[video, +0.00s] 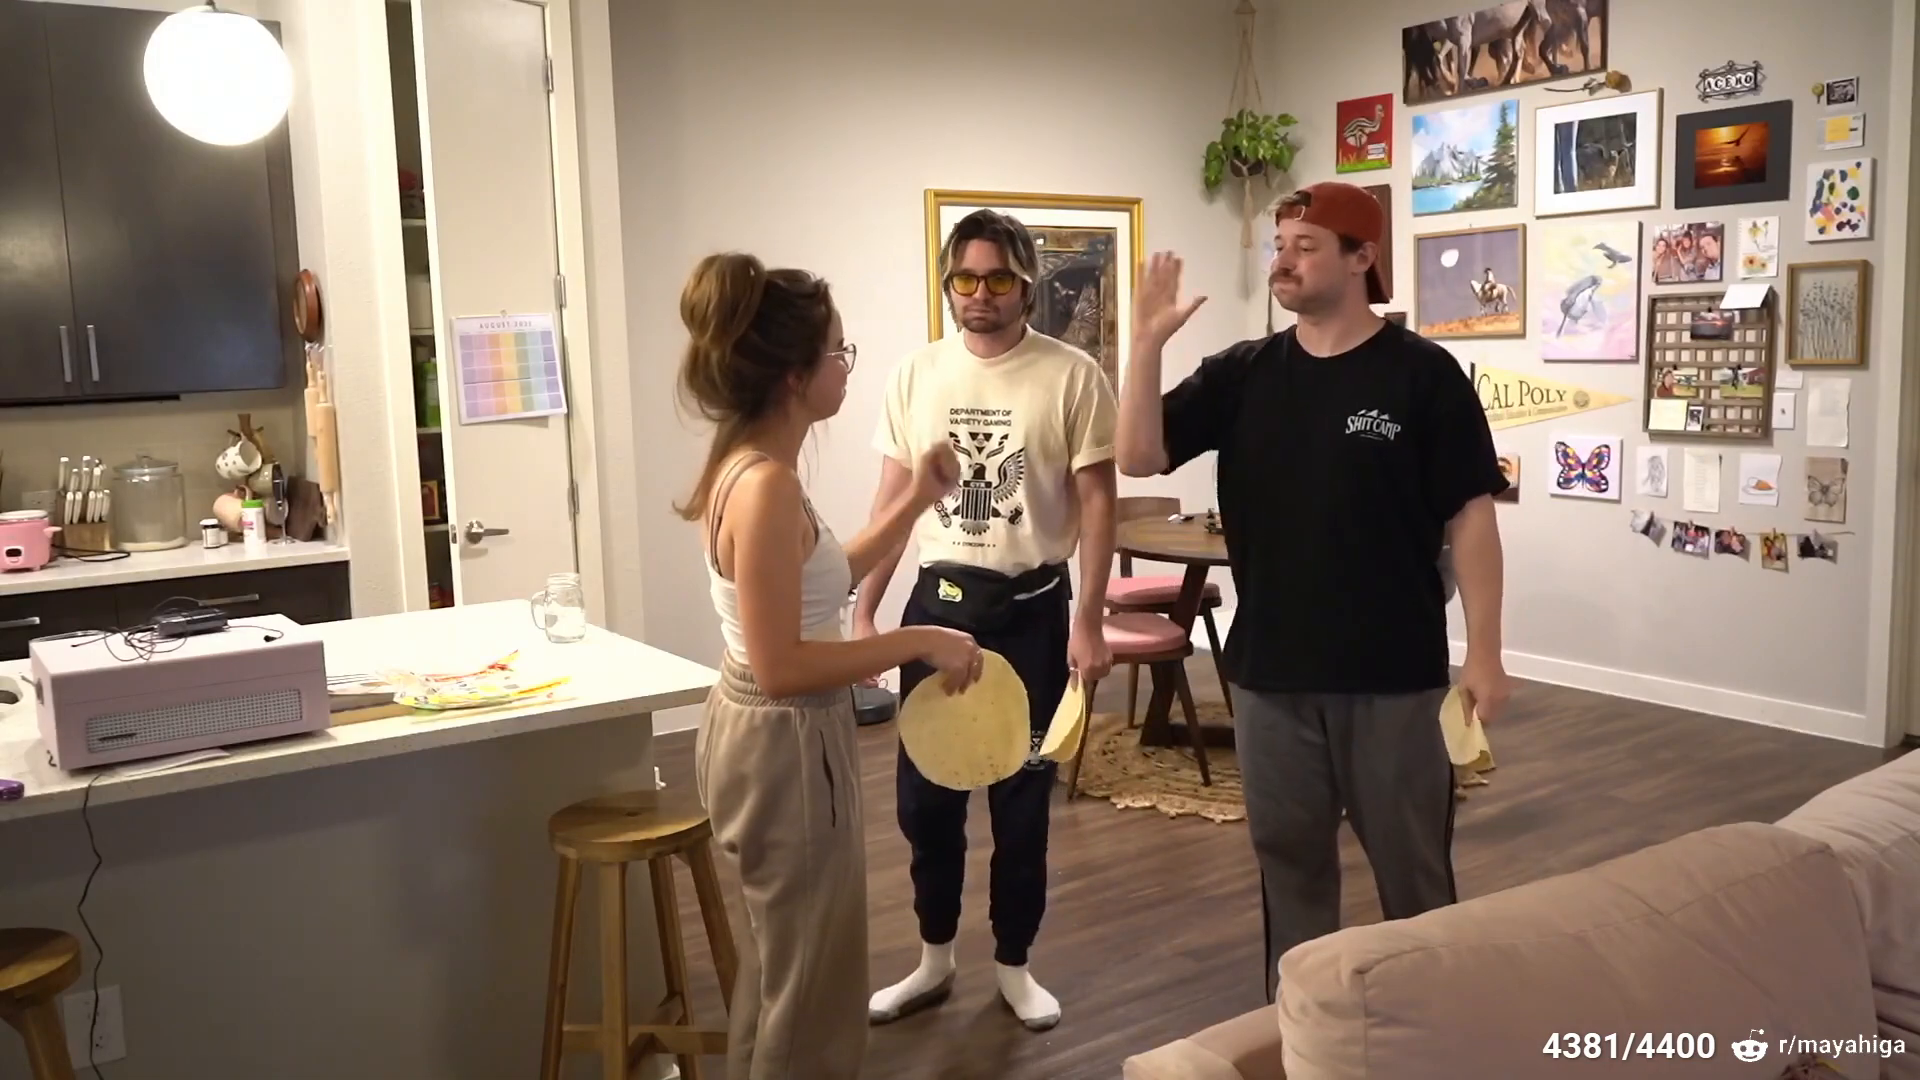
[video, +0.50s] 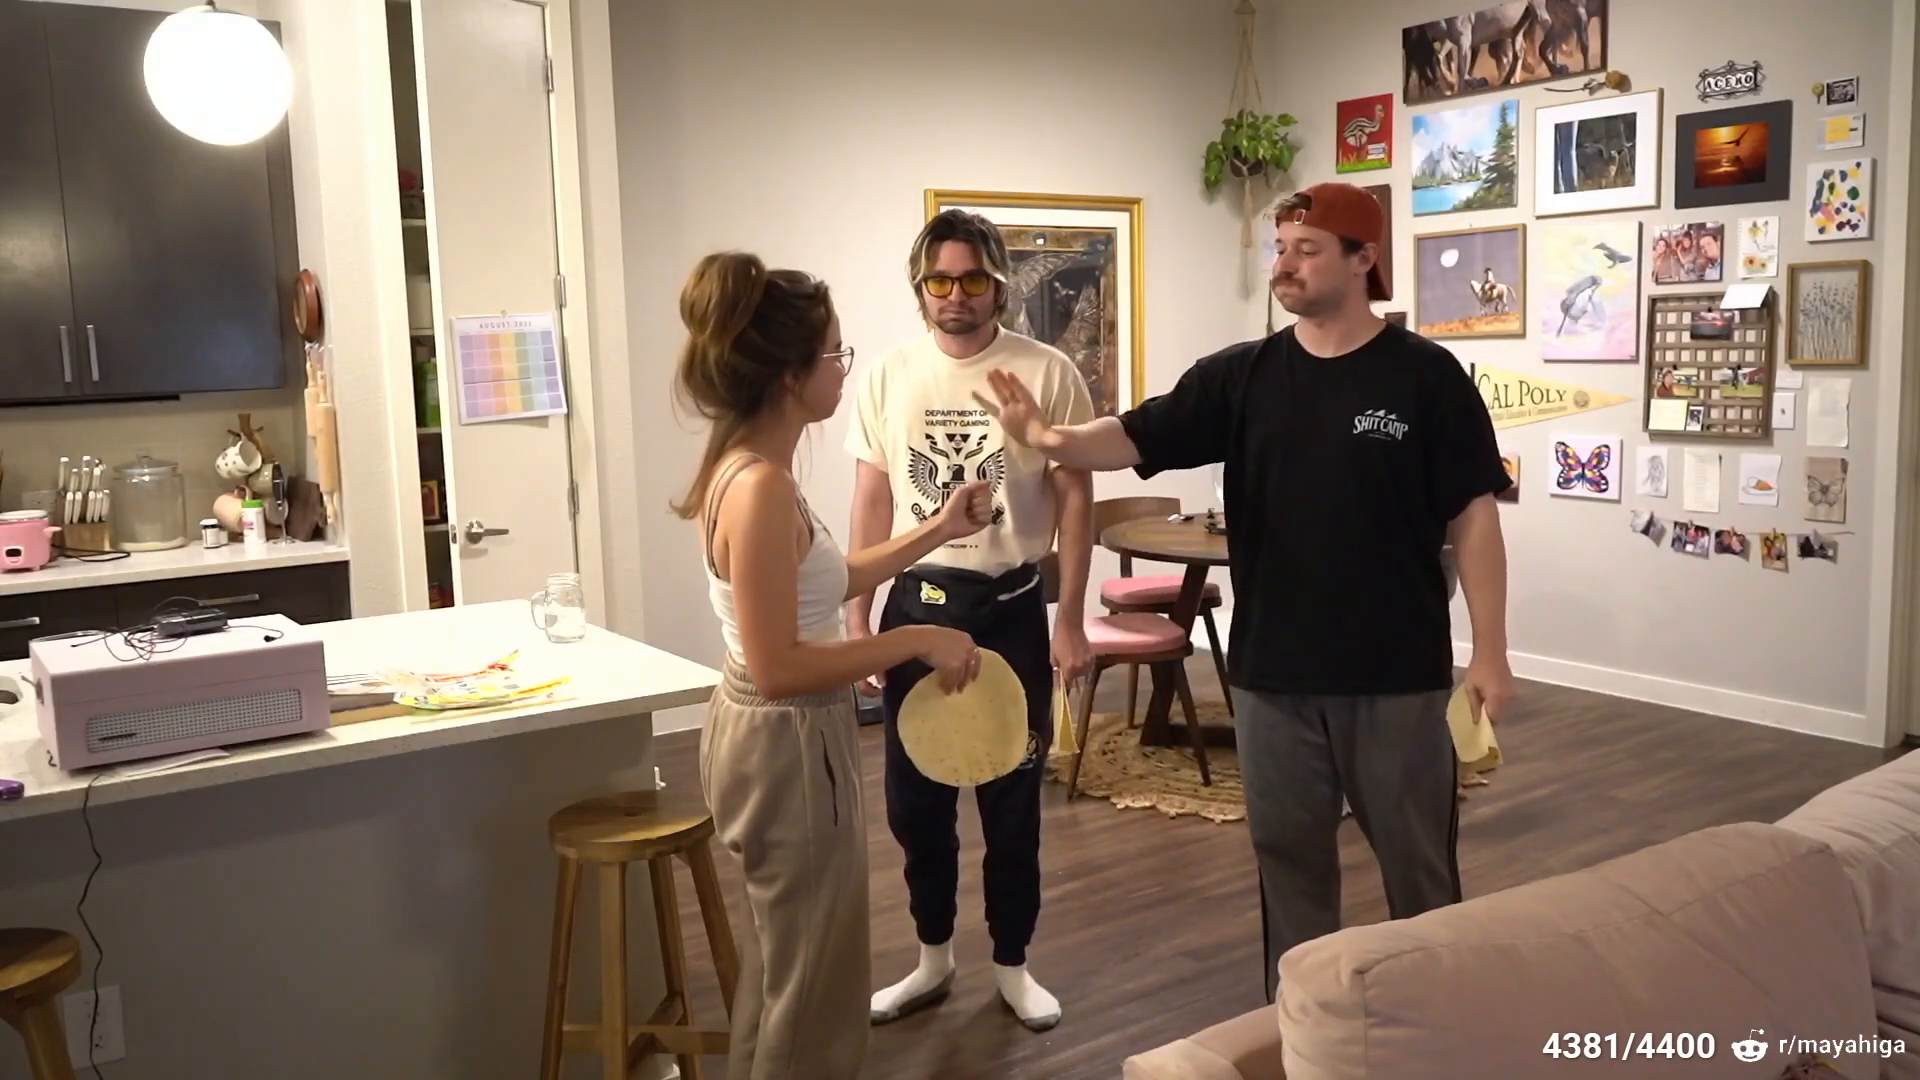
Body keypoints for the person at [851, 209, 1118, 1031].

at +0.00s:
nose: (977, 294)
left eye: (996, 280)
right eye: (964, 279)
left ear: (1027, 285)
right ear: (949, 283)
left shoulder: (1074, 376)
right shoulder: (917, 374)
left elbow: (1097, 502)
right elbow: (893, 506)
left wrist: (1087, 618)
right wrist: (861, 618)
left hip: (1035, 605)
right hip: (936, 603)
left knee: (1023, 796)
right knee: (927, 795)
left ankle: (1014, 967)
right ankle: (936, 957)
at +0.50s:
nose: (955, 296)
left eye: (972, 281)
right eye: (940, 281)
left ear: (999, 285)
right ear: (920, 287)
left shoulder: (1047, 372)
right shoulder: (887, 376)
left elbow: (1076, 498)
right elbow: (872, 502)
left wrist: (1069, 618)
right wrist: (865, 624)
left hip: (1015, 605)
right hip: (915, 607)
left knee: (1012, 796)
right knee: (917, 799)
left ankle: (1013, 967)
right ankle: (933, 957)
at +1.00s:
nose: (945, 297)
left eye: (960, 282)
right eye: (929, 283)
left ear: (988, 285)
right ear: (909, 290)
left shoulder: (1036, 371)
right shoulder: (885, 375)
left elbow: (1064, 499)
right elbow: (861, 502)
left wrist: (1054, 616)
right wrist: (855, 617)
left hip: (1006, 606)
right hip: (909, 608)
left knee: (1008, 791)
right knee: (913, 795)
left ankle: (1011, 965)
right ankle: (932, 958)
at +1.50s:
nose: (944, 298)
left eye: (959, 283)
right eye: (927, 284)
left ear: (987, 286)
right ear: (908, 292)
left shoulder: (1037, 371)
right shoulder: (888, 377)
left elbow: (1068, 502)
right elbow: (866, 502)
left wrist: (1056, 617)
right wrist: (852, 618)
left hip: (1007, 602)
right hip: (909, 605)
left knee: (1010, 790)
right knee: (912, 795)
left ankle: (1012, 968)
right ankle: (932, 960)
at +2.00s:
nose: (939, 297)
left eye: (956, 281)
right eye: (924, 283)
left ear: (988, 284)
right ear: (907, 290)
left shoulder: (1039, 370)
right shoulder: (891, 373)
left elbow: (1067, 501)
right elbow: (870, 498)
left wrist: (1057, 620)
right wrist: (857, 612)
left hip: (1006, 601)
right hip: (911, 602)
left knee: (1010, 792)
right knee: (913, 789)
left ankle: (1012, 966)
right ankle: (932, 959)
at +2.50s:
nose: (943, 296)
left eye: (961, 280)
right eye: (928, 281)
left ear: (993, 285)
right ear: (910, 288)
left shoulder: (1045, 373)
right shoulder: (887, 378)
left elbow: (1073, 514)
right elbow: (874, 505)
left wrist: (1059, 623)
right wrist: (857, 617)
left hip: (1012, 612)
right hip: (910, 609)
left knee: (1011, 803)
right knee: (917, 802)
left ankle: (1012, 966)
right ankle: (934, 959)